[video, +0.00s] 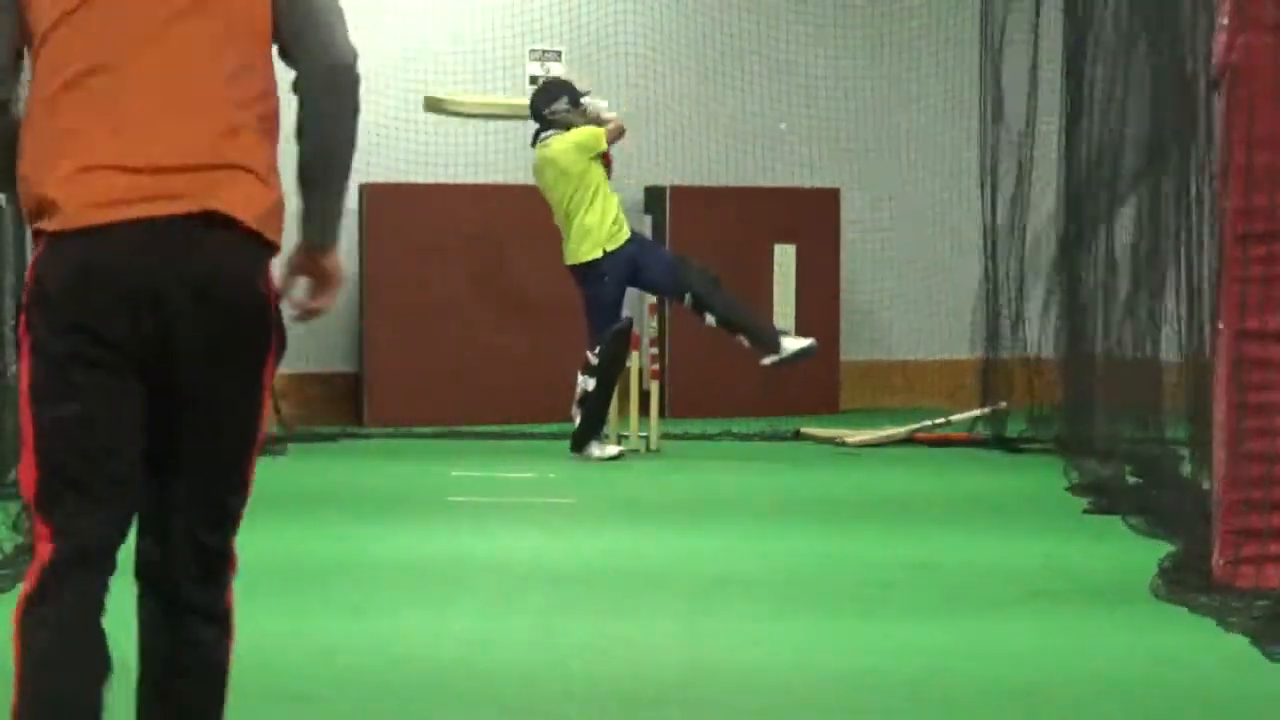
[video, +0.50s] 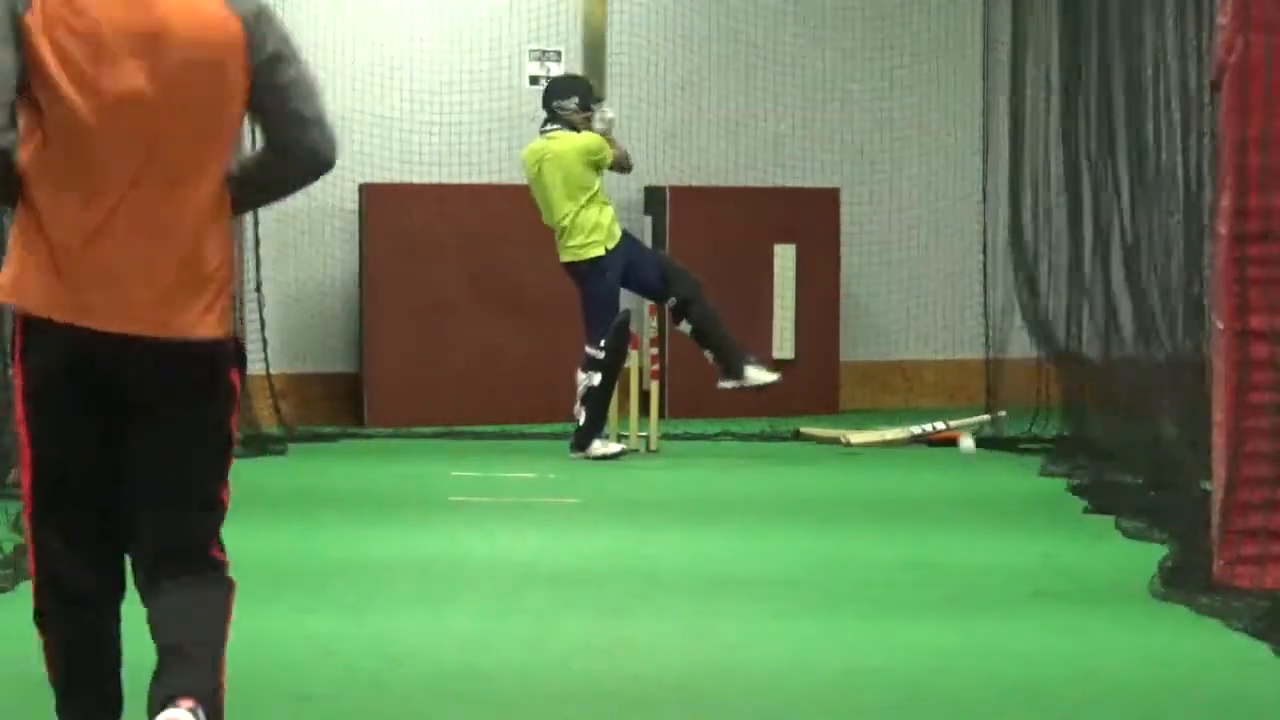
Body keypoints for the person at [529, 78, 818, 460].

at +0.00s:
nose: (580, 112)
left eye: (578, 106)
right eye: (575, 106)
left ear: (545, 114)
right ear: (560, 111)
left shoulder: (545, 154)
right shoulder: (567, 144)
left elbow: (593, 166)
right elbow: (616, 129)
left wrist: (593, 127)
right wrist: (578, 118)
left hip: (624, 244)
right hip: (596, 258)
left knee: (697, 286)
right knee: (608, 348)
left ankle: (772, 343)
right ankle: (586, 439)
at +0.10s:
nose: (586, 113)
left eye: (583, 105)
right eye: (579, 106)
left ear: (548, 116)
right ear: (560, 112)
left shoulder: (537, 165)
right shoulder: (575, 141)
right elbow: (611, 135)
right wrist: (573, 125)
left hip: (623, 244)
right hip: (596, 257)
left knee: (696, 284)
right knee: (609, 349)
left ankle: (770, 339)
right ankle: (586, 439)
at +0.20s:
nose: (584, 113)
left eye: (582, 105)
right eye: (578, 106)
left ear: (546, 114)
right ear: (561, 110)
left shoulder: (532, 161)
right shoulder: (579, 140)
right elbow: (609, 140)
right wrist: (581, 128)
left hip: (620, 243)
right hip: (596, 257)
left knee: (693, 285)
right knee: (609, 348)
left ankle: (765, 342)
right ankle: (586, 440)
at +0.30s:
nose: (587, 113)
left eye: (585, 106)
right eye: (581, 107)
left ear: (549, 113)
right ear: (564, 110)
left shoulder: (530, 158)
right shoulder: (580, 141)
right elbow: (611, 145)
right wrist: (586, 128)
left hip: (618, 243)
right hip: (594, 256)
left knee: (687, 289)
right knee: (608, 347)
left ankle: (757, 347)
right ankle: (585, 440)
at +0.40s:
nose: (588, 114)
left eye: (586, 107)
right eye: (583, 109)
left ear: (549, 112)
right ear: (568, 110)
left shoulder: (530, 156)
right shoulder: (582, 141)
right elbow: (616, 152)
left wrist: (573, 132)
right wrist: (592, 127)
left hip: (616, 244)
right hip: (594, 256)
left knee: (682, 290)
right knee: (605, 346)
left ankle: (750, 352)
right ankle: (586, 438)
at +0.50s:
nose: (591, 117)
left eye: (591, 110)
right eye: (587, 110)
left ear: (553, 110)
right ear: (570, 109)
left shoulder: (531, 153)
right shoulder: (582, 142)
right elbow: (623, 162)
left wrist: (589, 141)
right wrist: (604, 134)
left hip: (615, 244)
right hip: (594, 255)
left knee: (682, 289)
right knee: (606, 343)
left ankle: (736, 366)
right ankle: (586, 438)